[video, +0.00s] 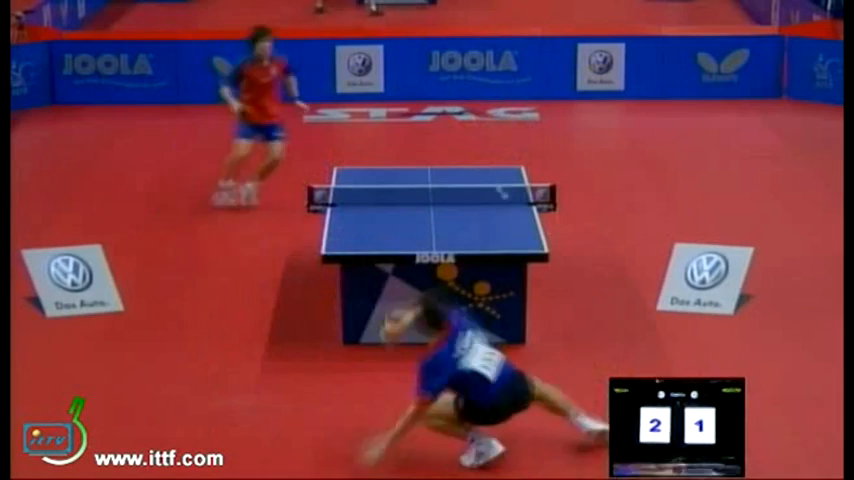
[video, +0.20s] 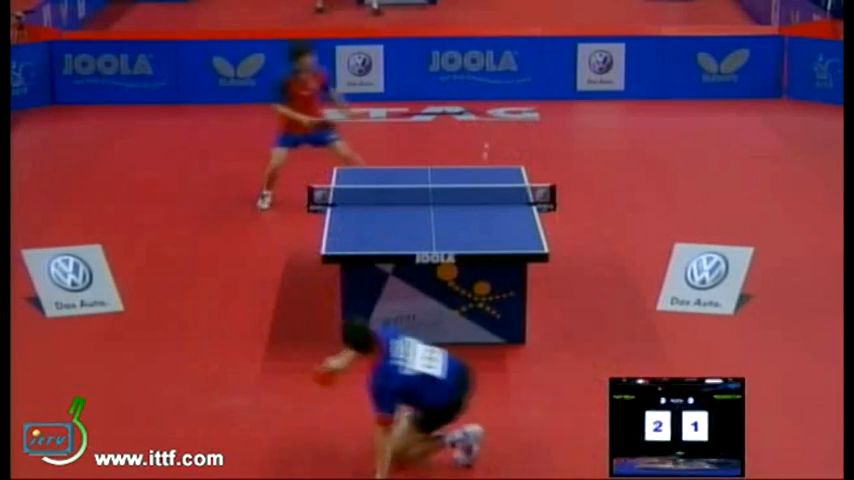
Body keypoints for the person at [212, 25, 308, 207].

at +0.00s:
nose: (267, 48)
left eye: (269, 43)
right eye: (263, 44)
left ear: (272, 46)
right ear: (255, 46)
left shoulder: (279, 65)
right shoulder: (246, 67)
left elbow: (290, 79)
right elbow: (225, 87)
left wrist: (295, 98)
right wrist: (233, 102)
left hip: (271, 115)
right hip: (249, 115)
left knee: (277, 156)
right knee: (241, 152)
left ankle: (252, 185)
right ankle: (225, 185)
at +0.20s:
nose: (309, 62)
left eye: (311, 58)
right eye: (305, 59)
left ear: (313, 59)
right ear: (297, 61)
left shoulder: (319, 76)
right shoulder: (287, 80)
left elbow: (330, 96)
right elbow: (278, 106)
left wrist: (345, 109)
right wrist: (303, 119)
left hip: (317, 125)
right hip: (292, 129)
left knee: (346, 155)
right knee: (275, 164)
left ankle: (368, 183)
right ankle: (266, 193)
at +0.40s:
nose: (380, 56)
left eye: (382, 52)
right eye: (377, 52)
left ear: (384, 53)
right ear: (369, 52)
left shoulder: (383, 68)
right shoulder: (358, 70)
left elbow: (391, 81)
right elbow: (349, 102)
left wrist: (410, 92)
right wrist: (376, 109)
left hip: (375, 122)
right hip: (351, 124)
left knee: (402, 154)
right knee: (325, 157)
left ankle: (402, 191)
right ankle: (295, 190)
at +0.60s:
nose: (430, 31)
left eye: (432, 26)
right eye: (426, 27)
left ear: (434, 26)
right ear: (417, 27)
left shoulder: (431, 44)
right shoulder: (405, 46)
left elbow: (432, 65)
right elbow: (390, 72)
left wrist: (447, 81)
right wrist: (409, 94)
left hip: (425, 97)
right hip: (406, 99)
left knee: (434, 138)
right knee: (406, 139)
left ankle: (427, 174)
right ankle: (401, 176)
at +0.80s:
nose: (474, 32)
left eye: (476, 28)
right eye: (470, 28)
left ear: (478, 29)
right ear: (461, 30)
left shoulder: (476, 49)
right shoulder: (449, 50)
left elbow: (479, 71)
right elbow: (431, 73)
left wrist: (486, 86)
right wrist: (434, 100)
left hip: (470, 103)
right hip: (453, 105)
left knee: (484, 140)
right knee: (467, 144)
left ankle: (487, 178)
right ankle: (454, 182)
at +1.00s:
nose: (524, 27)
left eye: (524, 23)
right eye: (522, 23)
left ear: (510, 23)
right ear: (513, 24)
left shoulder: (514, 45)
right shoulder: (499, 46)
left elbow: (507, 73)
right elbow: (484, 74)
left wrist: (521, 78)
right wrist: (476, 102)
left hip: (514, 101)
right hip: (503, 102)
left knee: (523, 142)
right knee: (510, 142)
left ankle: (524, 181)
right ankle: (479, 171)